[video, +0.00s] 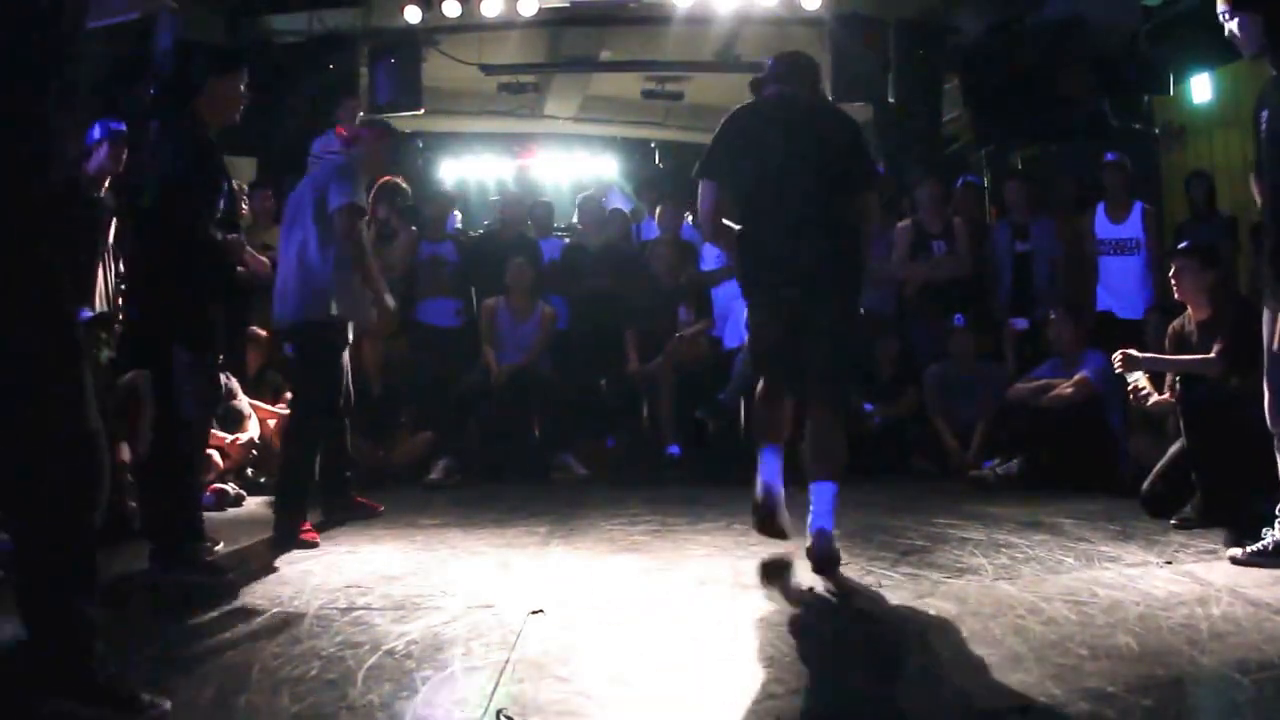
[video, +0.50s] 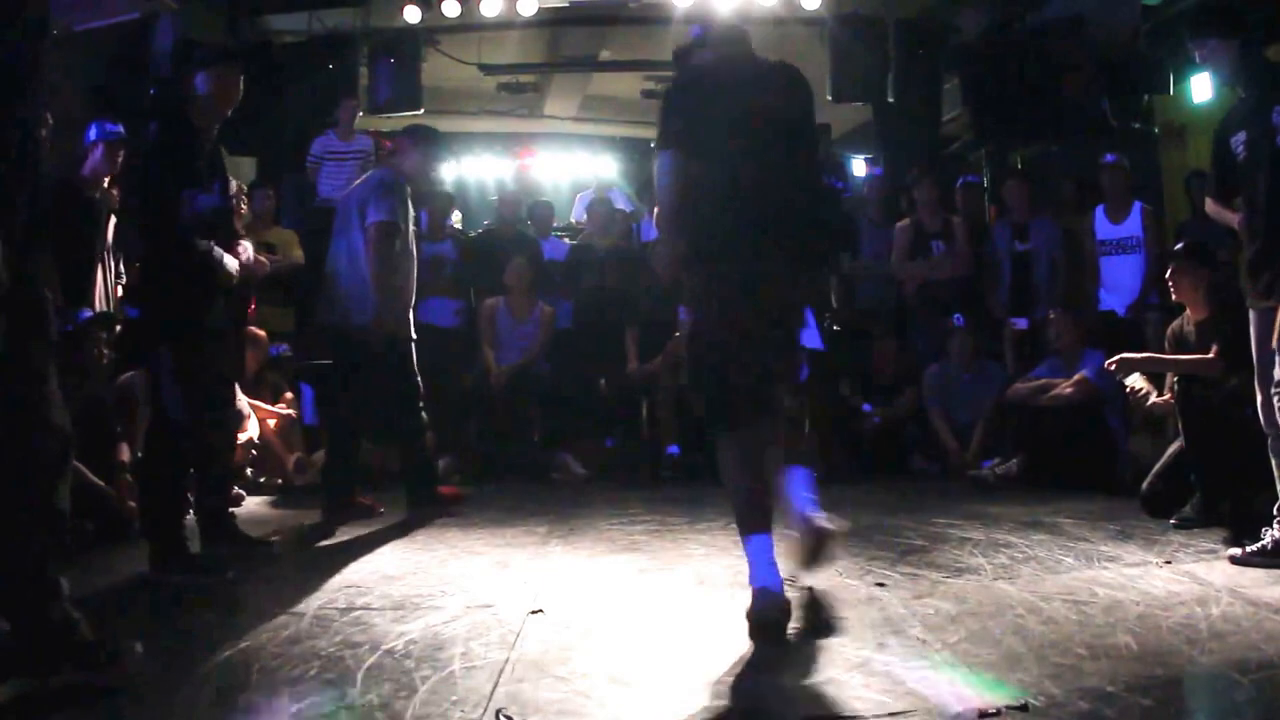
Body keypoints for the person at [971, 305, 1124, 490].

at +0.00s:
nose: (1052, 333)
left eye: (1059, 326)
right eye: (1051, 327)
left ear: (1075, 329)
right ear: (1049, 332)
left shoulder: (1095, 360)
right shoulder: (1055, 364)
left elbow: (1073, 393)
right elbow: (1013, 393)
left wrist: (1035, 400)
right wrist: (1059, 383)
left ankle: (1021, 463)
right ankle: (1003, 459)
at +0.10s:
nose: (1053, 333)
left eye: (1059, 326)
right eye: (1051, 327)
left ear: (1075, 329)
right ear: (1049, 332)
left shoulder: (1094, 360)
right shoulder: (1055, 363)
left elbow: (1074, 393)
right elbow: (1012, 393)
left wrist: (1037, 400)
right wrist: (1058, 383)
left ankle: (1022, 463)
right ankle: (1003, 459)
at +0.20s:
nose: (1053, 333)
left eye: (1059, 326)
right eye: (1051, 327)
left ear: (1075, 330)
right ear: (1048, 332)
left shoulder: (1093, 359)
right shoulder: (1054, 363)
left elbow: (1074, 392)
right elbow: (1013, 393)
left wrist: (1036, 400)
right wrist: (1058, 383)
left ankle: (1021, 464)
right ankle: (1003, 459)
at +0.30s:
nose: (1053, 333)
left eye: (1060, 326)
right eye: (1051, 327)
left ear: (1075, 329)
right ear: (1048, 332)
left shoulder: (1094, 359)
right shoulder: (1054, 363)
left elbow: (1071, 394)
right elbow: (1012, 393)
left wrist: (1034, 398)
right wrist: (1057, 383)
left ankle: (1019, 464)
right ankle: (1003, 459)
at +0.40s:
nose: (1054, 334)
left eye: (1060, 328)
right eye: (1052, 328)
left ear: (1075, 330)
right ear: (1048, 332)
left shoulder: (1094, 359)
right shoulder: (1054, 363)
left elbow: (1073, 393)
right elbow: (1012, 393)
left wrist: (1035, 399)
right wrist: (1057, 383)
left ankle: (1020, 463)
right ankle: (1004, 459)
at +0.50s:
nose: (1054, 334)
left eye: (1060, 328)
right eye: (1052, 329)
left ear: (1076, 330)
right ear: (1049, 332)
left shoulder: (1094, 359)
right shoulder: (1054, 362)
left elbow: (1073, 393)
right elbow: (1011, 393)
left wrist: (1035, 400)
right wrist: (1051, 384)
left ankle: (1022, 462)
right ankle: (1008, 458)